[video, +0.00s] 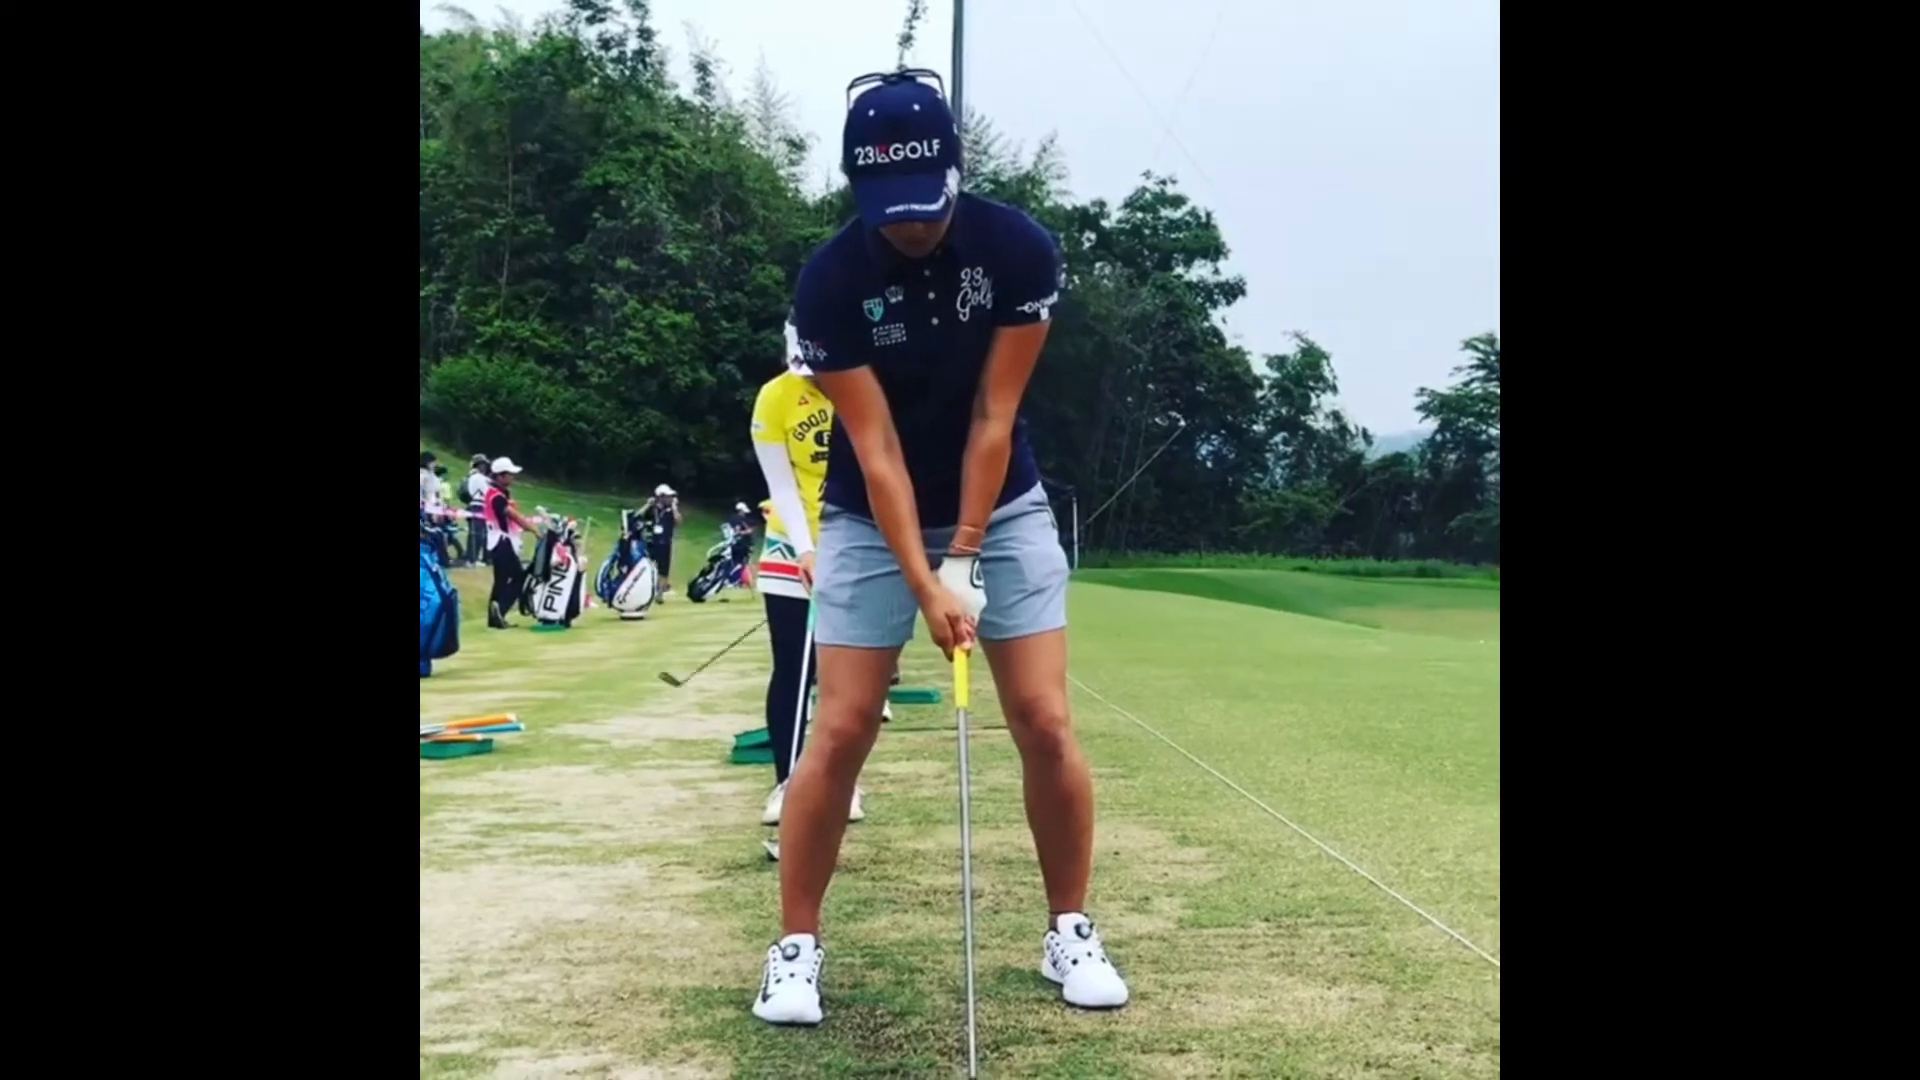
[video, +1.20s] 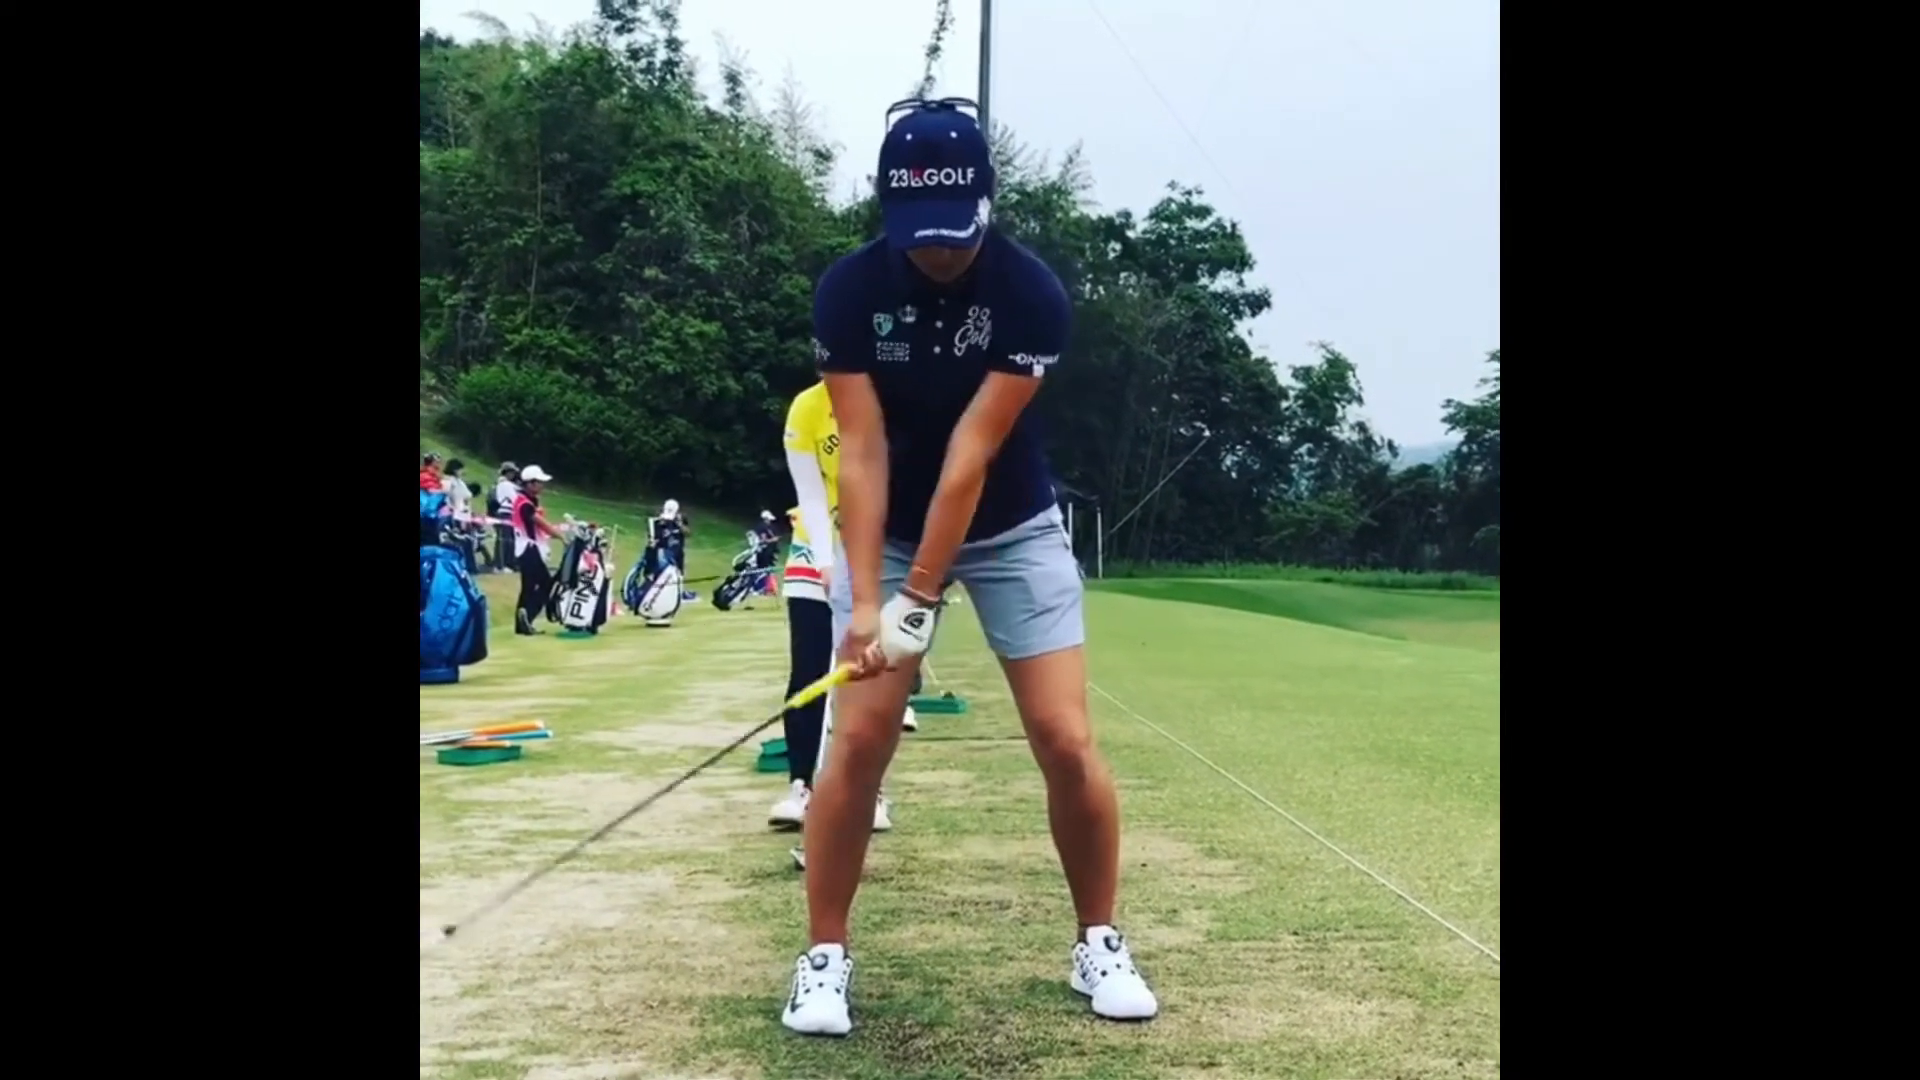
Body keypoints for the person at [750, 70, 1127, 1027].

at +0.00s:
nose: (913, 221)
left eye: (929, 200)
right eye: (893, 204)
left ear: (956, 170)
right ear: (861, 183)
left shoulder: (1017, 250)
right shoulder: (828, 283)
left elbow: (995, 415)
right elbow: (876, 452)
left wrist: (965, 555)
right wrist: (924, 582)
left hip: (1000, 504)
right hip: (869, 512)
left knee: (1046, 724)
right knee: (843, 727)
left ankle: (1071, 931)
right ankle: (796, 945)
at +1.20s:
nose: (941, 247)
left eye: (958, 226)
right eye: (922, 229)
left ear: (986, 203)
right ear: (892, 207)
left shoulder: (1032, 296)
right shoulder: (847, 292)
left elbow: (971, 457)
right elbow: (858, 450)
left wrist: (919, 600)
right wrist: (865, 602)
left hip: (1013, 530)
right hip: (891, 535)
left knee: (1066, 741)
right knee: (858, 743)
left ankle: (1100, 942)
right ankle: (825, 954)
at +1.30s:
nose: (941, 250)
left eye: (959, 232)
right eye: (924, 232)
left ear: (990, 207)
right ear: (893, 207)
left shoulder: (1016, 310)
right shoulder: (852, 278)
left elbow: (903, 465)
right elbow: (823, 426)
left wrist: (808, 582)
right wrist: (767, 563)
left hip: (1017, 536)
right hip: (894, 539)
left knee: (1068, 748)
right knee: (863, 736)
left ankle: (1101, 944)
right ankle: (826, 956)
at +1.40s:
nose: (939, 253)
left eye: (957, 234)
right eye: (921, 234)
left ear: (991, 212)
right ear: (896, 209)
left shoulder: (999, 322)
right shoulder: (875, 260)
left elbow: (833, 416)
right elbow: (797, 375)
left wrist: (698, 487)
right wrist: (685, 453)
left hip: (1017, 541)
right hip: (895, 541)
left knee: (1068, 757)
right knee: (867, 736)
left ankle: (1103, 946)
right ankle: (828, 958)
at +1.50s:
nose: (936, 255)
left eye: (957, 237)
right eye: (920, 235)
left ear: (993, 217)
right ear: (897, 211)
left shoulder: (981, 321)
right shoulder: (896, 250)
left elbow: (790, 344)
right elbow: (808, 332)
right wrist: (682, 325)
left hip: (1017, 545)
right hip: (898, 541)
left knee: (1064, 764)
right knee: (869, 733)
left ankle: (1103, 947)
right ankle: (828, 958)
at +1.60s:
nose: (930, 250)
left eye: (952, 233)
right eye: (915, 230)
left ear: (989, 217)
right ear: (891, 212)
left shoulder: (980, 314)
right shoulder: (899, 269)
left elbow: (823, 310)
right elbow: (818, 305)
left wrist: (719, 230)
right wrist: (736, 230)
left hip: (1016, 550)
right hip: (897, 544)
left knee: (1059, 771)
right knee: (871, 737)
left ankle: (1103, 950)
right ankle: (828, 962)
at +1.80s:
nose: (954, 260)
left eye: (970, 238)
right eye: (932, 244)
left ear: (1000, 216)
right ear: (904, 231)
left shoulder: (1002, 316)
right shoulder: (911, 288)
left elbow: (842, 283)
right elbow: (837, 329)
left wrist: (758, 212)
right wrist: (785, 226)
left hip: (1036, 556)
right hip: (917, 551)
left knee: (1071, 774)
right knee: (874, 750)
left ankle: (1099, 953)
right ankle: (825, 964)